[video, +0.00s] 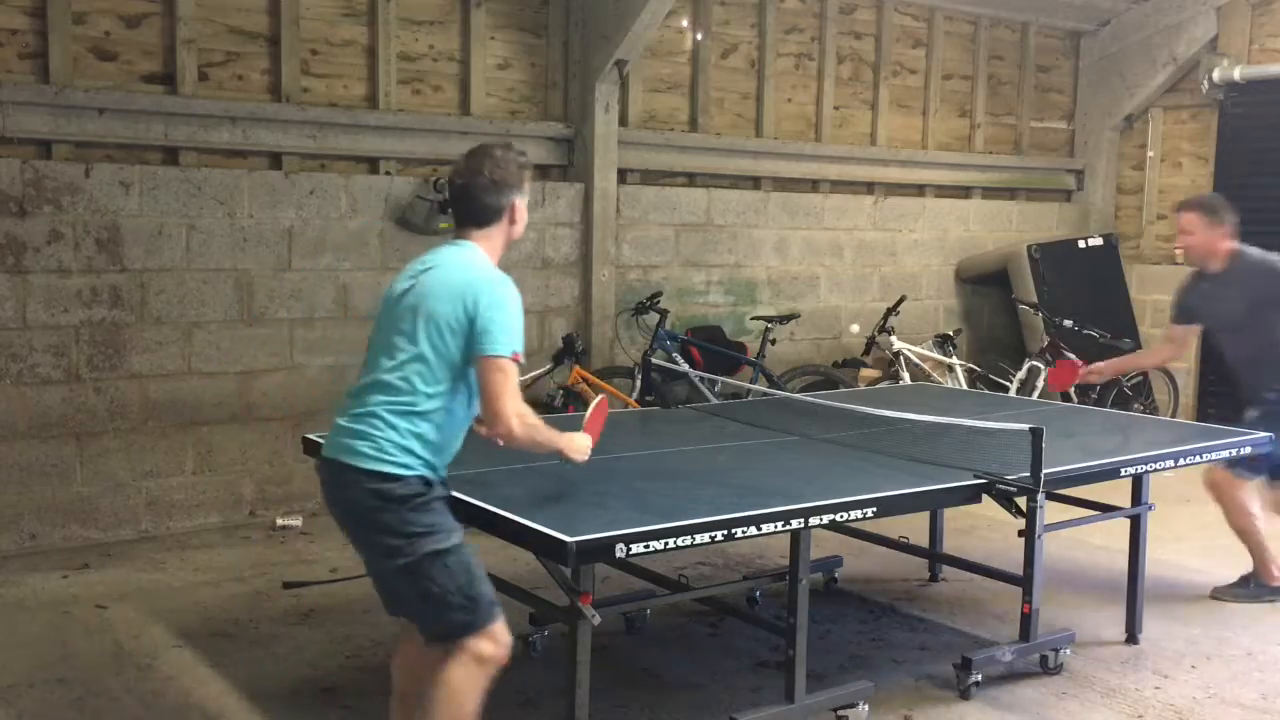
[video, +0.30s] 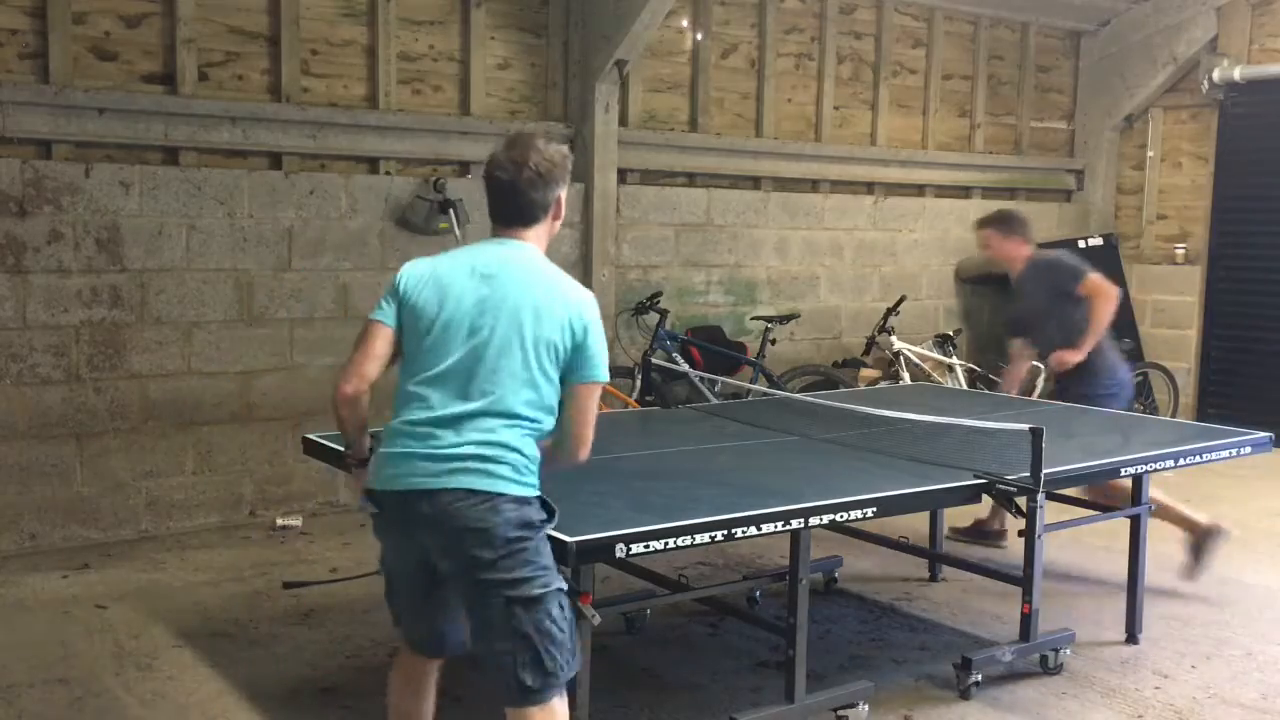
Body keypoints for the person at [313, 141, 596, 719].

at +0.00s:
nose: (527, 213)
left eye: (525, 202)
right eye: (526, 202)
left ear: (459, 207)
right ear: (515, 211)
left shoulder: (421, 269)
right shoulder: (492, 288)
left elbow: (408, 369)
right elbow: (507, 420)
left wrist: (477, 414)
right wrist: (563, 442)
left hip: (348, 464)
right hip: (393, 477)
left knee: (428, 631)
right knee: (485, 643)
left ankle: (407, 716)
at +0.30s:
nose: (566, 204)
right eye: (566, 195)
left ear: (490, 199)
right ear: (558, 206)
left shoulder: (419, 276)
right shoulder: (575, 303)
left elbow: (350, 390)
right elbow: (574, 448)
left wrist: (358, 452)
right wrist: (517, 434)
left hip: (399, 493)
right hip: (493, 500)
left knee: (419, 648)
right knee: (541, 684)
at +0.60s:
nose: (517, 191)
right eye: (517, 183)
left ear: (437, 194)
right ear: (512, 197)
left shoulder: (390, 271)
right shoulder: (543, 293)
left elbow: (327, 389)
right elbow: (537, 399)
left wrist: (291, 446)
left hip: (396, 506)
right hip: (500, 505)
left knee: (336, 676)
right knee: (537, 701)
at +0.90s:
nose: (333, 259)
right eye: (331, 249)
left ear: (260, 261)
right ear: (326, 258)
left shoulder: (233, 325)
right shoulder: (368, 325)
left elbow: (177, 472)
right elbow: (369, 431)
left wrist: (128, 534)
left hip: (296, 532)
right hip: (397, 520)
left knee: (219, 670)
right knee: (474, 689)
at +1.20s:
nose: (228, 206)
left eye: (227, 194)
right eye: (226, 194)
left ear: (152, 198)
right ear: (208, 195)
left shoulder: (102, 264)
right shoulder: (254, 267)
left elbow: (17, 376)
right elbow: (297, 382)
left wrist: (27, 392)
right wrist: (330, 367)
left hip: (185, 471)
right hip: (276, 454)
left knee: (158, 663)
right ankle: (294, 714)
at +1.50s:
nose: (189, 193)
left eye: (186, 179)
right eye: (181, 180)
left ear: (120, 191)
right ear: (151, 190)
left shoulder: (63, 256)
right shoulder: (186, 268)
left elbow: (14, 359)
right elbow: (214, 375)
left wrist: (78, 370)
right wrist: (264, 387)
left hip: (72, 455)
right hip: (159, 451)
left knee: (72, 619)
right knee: (137, 598)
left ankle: (98, 712)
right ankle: (108, 706)